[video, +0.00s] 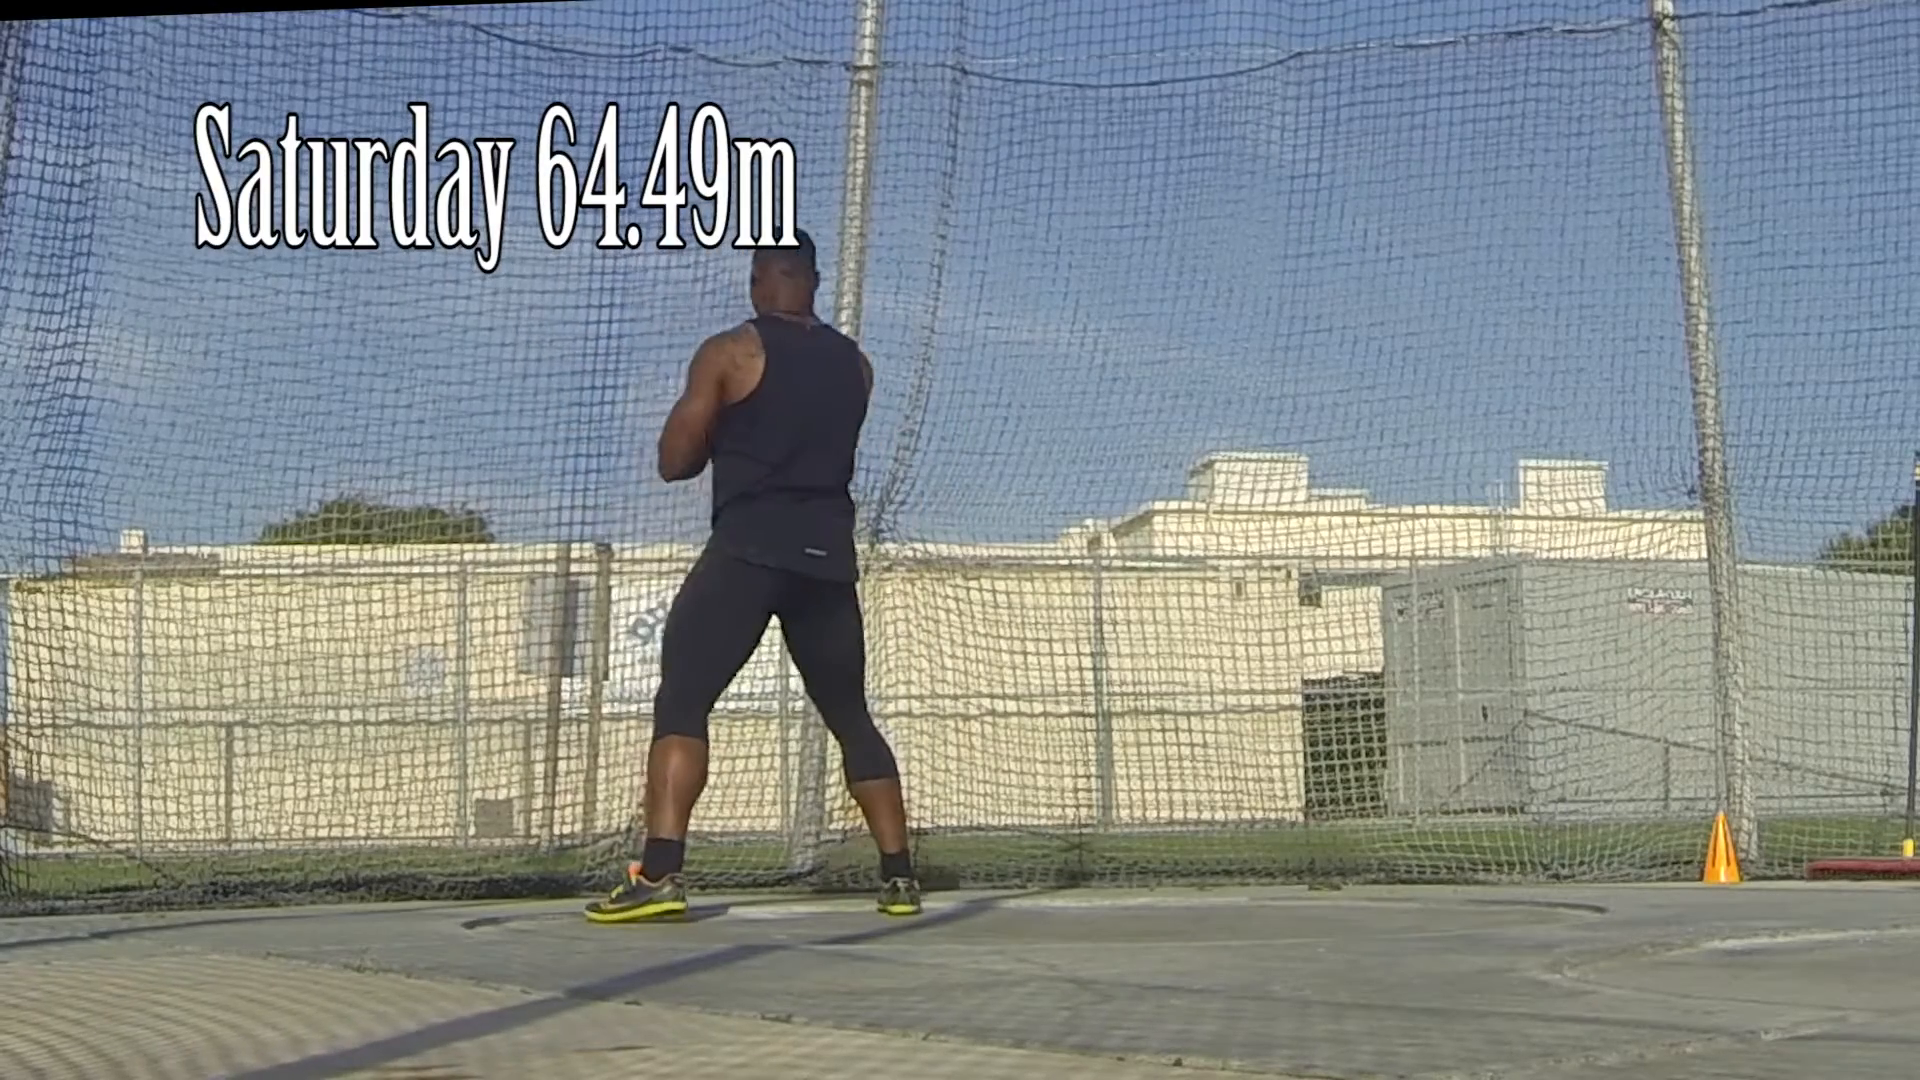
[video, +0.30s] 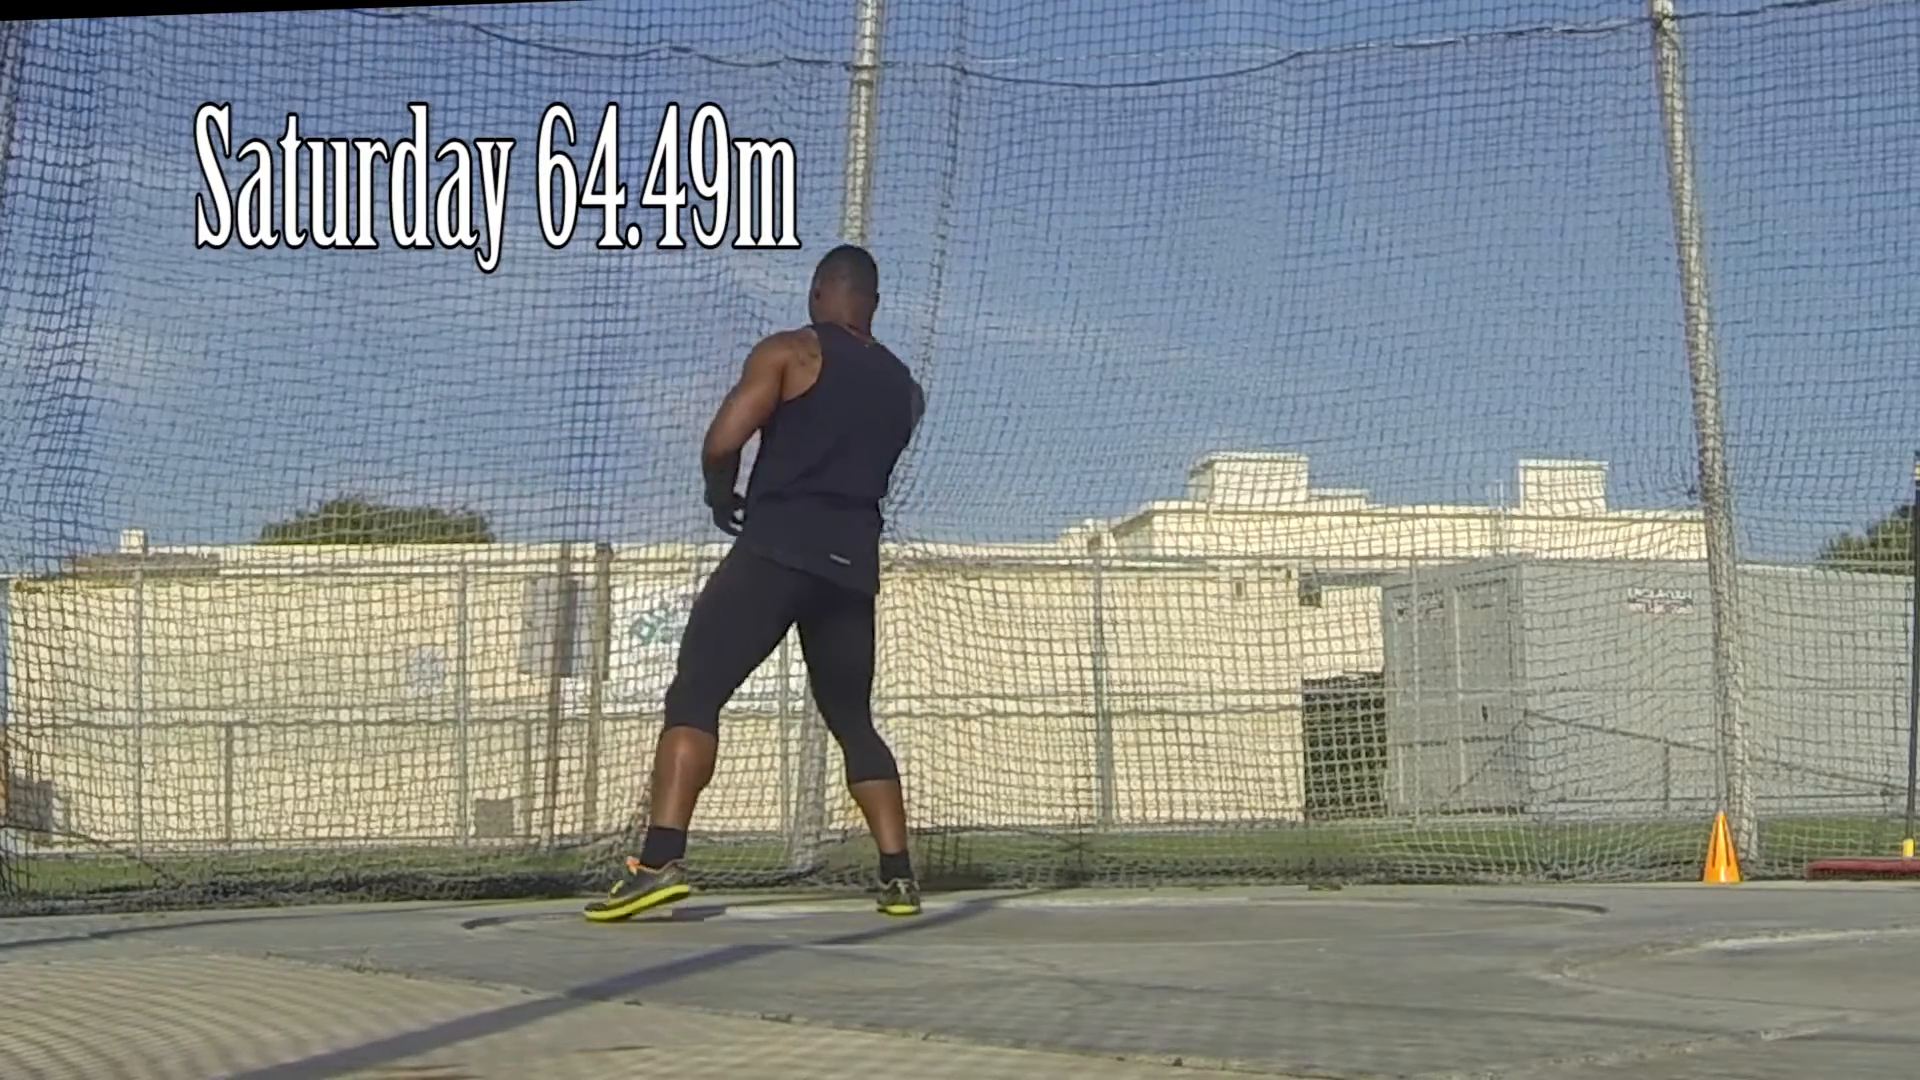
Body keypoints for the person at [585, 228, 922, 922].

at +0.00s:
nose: (756, 290)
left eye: (756, 279)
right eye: (765, 279)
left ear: (757, 286)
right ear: (813, 288)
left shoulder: (726, 351)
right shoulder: (854, 362)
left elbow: (674, 461)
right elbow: (831, 443)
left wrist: (728, 412)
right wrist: (748, 409)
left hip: (745, 557)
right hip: (828, 565)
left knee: (682, 701)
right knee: (850, 715)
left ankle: (658, 875)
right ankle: (900, 875)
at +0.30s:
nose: (822, 306)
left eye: (817, 294)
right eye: (851, 299)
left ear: (814, 296)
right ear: (874, 306)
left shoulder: (787, 351)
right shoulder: (905, 389)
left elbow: (722, 443)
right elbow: (866, 466)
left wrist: (720, 497)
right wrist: (787, 496)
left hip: (773, 557)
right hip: (851, 573)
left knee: (696, 694)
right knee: (853, 718)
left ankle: (659, 863)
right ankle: (898, 876)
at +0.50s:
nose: (849, 318)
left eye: (846, 308)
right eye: (880, 315)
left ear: (841, 311)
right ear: (902, 324)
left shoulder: (796, 352)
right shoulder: (926, 413)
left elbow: (725, 445)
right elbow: (916, 518)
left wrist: (744, 515)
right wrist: (876, 557)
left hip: (769, 554)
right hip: (850, 577)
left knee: (687, 693)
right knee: (853, 719)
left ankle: (665, 866)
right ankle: (899, 877)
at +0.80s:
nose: (856, 327)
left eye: (855, 318)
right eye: (881, 326)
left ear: (847, 320)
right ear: (903, 338)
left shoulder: (786, 358)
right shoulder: (917, 394)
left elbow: (702, 423)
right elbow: (932, 472)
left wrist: (676, 528)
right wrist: (968, 560)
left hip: (753, 555)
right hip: (840, 575)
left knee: (686, 696)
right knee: (867, 718)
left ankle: (644, 847)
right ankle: (899, 876)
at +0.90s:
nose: (857, 333)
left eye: (848, 322)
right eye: (881, 332)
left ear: (836, 326)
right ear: (892, 340)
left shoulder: (778, 362)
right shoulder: (903, 378)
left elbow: (690, 418)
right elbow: (950, 432)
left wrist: (661, 520)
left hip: (749, 555)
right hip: (838, 573)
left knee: (679, 697)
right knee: (869, 718)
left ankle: (651, 856)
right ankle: (900, 877)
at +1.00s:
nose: (827, 331)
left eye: (821, 322)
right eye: (845, 329)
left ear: (810, 329)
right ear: (867, 343)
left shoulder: (758, 367)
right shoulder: (884, 376)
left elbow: (673, 424)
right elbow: (960, 392)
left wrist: (651, 529)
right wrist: (1007, 391)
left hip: (746, 561)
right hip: (837, 575)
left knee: (668, 698)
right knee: (867, 716)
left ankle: (657, 864)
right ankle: (900, 877)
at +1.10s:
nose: (756, 339)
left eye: (757, 332)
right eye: (766, 335)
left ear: (765, 333)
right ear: (822, 338)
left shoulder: (729, 371)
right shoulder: (860, 376)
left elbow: (657, 432)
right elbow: (947, 392)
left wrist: (646, 533)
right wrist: (1031, 390)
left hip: (743, 567)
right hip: (832, 576)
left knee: (657, 705)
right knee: (864, 718)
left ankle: (662, 872)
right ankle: (901, 874)